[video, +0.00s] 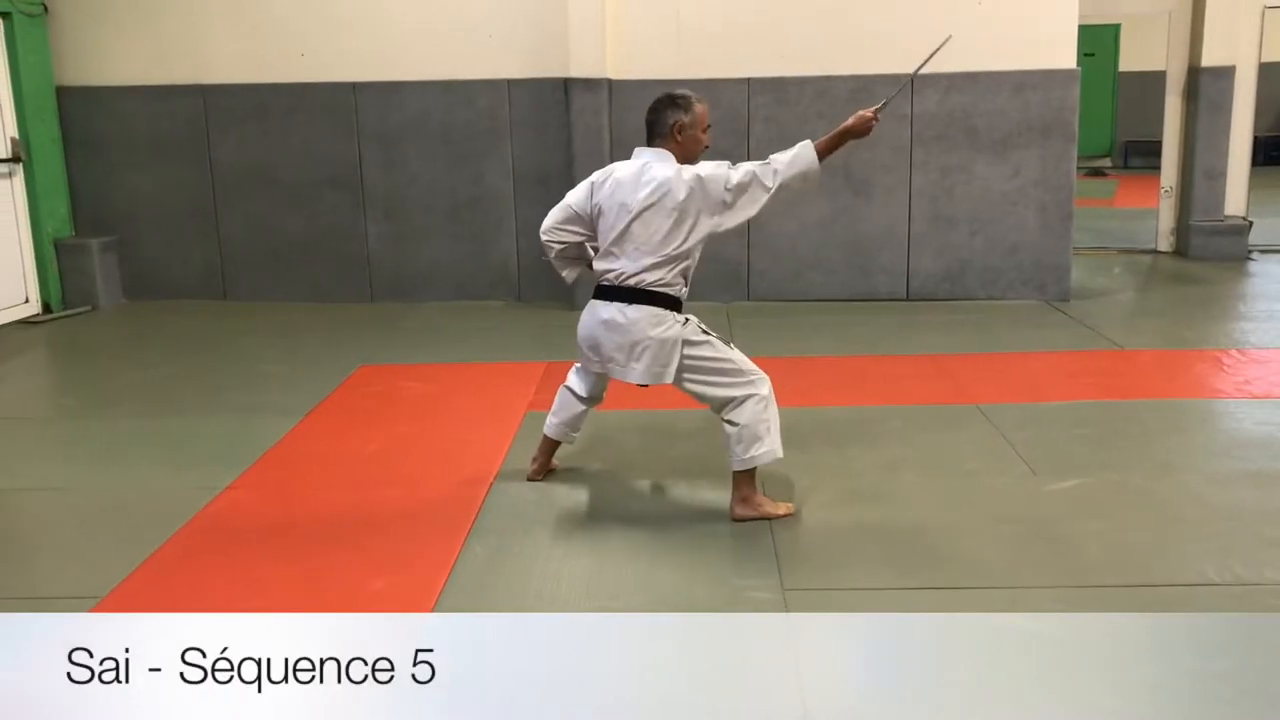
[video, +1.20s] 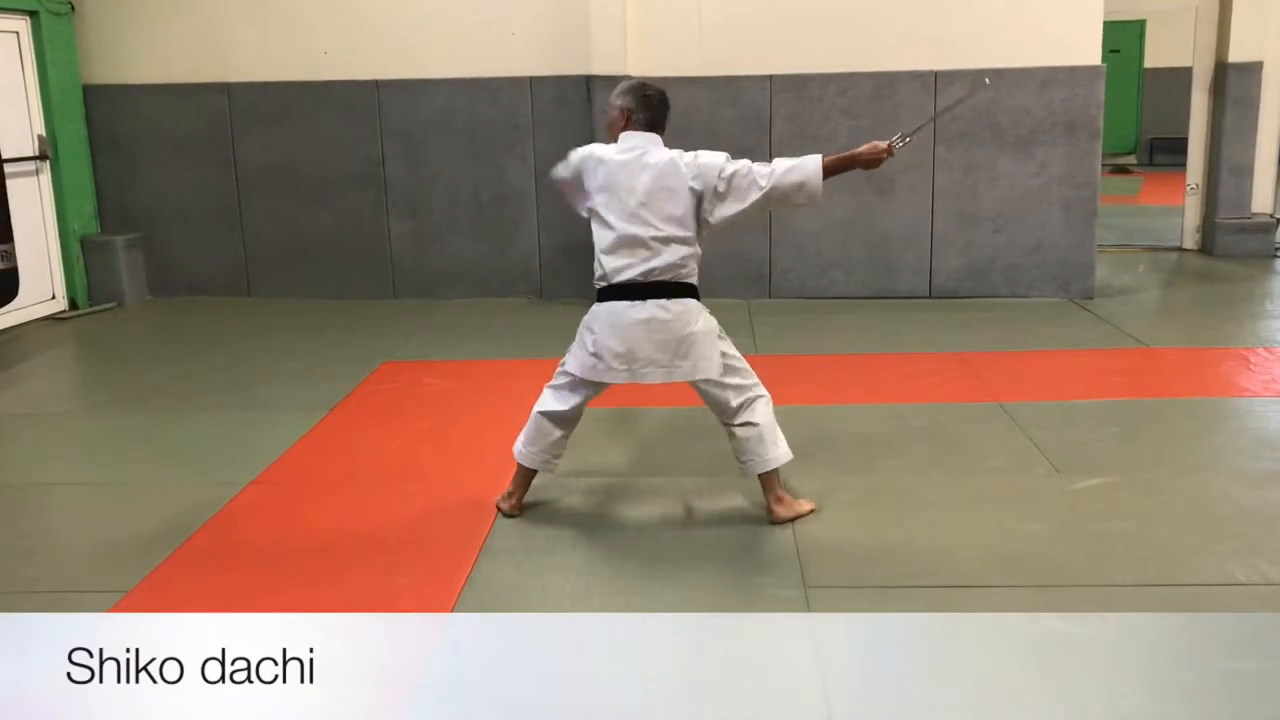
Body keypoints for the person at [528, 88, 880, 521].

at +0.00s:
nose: (709, 140)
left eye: (708, 130)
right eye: (704, 130)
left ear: (663, 132)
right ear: (677, 132)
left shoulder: (609, 177)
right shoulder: (698, 181)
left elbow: (554, 232)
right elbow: (774, 170)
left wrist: (600, 271)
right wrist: (843, 134)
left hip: (599, 317)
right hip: (655, 324)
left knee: (587, 376)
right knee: (750, 387)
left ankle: (540, 461)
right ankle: (746, 496)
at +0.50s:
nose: (745, 131)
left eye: (744, 121)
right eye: (740, 122)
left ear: (702, 122)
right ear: (713, 125)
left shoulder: (643, 168)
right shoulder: (729, 176)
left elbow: (598, 229)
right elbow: (807, 174)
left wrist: (634, 264)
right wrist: (878, 143)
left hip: (616, 304)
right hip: (671, 316)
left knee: (599, 389)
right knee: (754, 390)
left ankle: (550, 464)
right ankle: (765, 504)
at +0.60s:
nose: (758, 131)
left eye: (757, 122)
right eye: (755, 122)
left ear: (707, 122)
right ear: (738, 123)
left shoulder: (666, 164)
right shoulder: (742, 170)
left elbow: (652, 236)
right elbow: (820, 172)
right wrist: (896, 142)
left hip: (622, 294)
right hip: (677, 307)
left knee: (591, 382)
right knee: (754, 390)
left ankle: (549, 460)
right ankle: (765, 502)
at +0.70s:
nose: (761, 133)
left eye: (758, 125)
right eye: (760, 125)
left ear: (713, 122)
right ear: (750, 128)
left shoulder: (682, 160)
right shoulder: (743, 173)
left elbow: (716, 223)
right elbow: (821, 172)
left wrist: (749, 265)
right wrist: (899, 140)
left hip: (621, 296)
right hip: (676, 311)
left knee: (584, 391)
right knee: (753, 389)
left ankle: (521, 473)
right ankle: (766, 502)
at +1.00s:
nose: (717, 143)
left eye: (712, 136)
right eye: (716, 136)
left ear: (674, 126)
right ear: (712, 136)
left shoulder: (643, 165)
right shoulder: (707, 176)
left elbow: (694, 226)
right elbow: (784, 181)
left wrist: (731, 270)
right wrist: (863, 153)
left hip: (601, 305)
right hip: (665, 314)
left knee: (564, 393)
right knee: (736, 391)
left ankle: (514, 490)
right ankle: (768, 498)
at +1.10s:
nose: (631, 123)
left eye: (636, 117)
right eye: (636, 116)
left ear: (642, 122)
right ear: (682, 130)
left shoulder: (615, 161)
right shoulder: (695, 173)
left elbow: (656, 216)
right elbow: (774, 181)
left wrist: (710, 248)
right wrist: (855, 156)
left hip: (600, 313)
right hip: (668, 316)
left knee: (561, 396)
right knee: (735, 395)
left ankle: (514, 493)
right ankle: (771, 501)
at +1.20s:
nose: (606, 122)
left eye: (609, 114)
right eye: (608, 114)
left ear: (623, 119)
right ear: (658, 123)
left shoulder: (591, 160)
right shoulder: (692, 165)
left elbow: (562, 179)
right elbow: (773, 176)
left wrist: (604, 192)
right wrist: (854, 158)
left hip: (611, 317)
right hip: (680, 315)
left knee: (560, 397)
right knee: (745, 396)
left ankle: (514, 494)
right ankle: (777, 499)